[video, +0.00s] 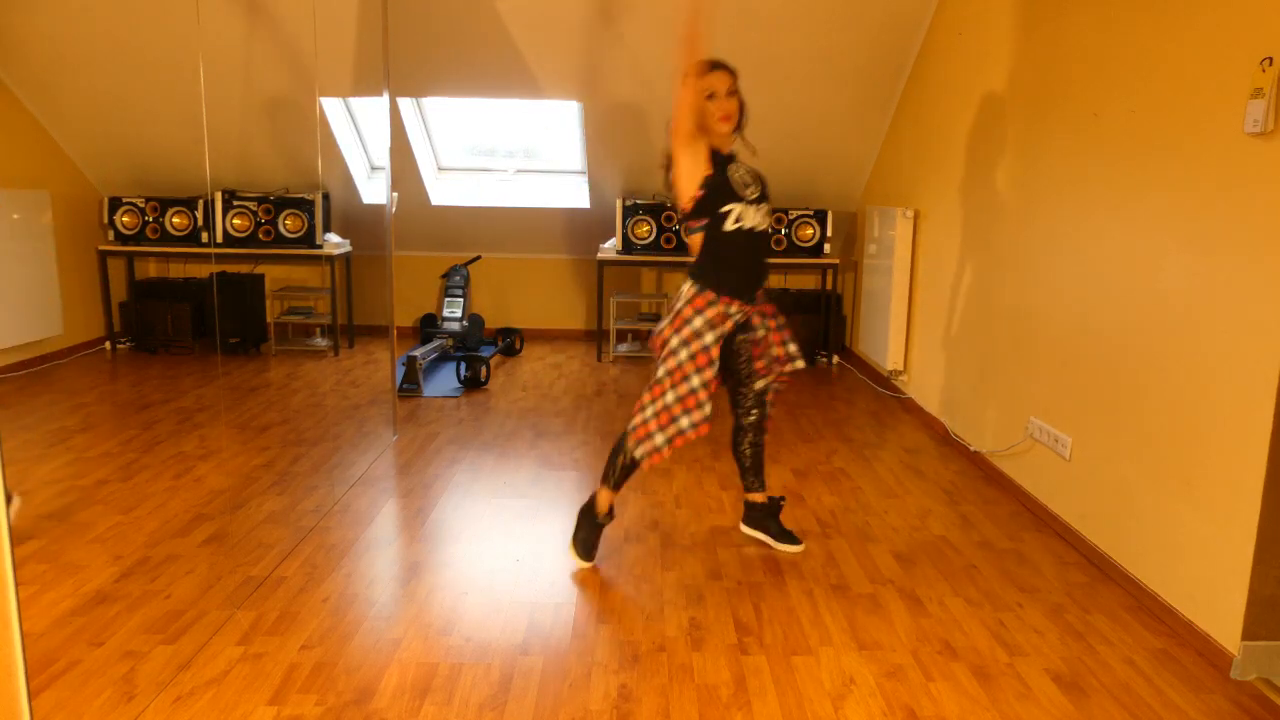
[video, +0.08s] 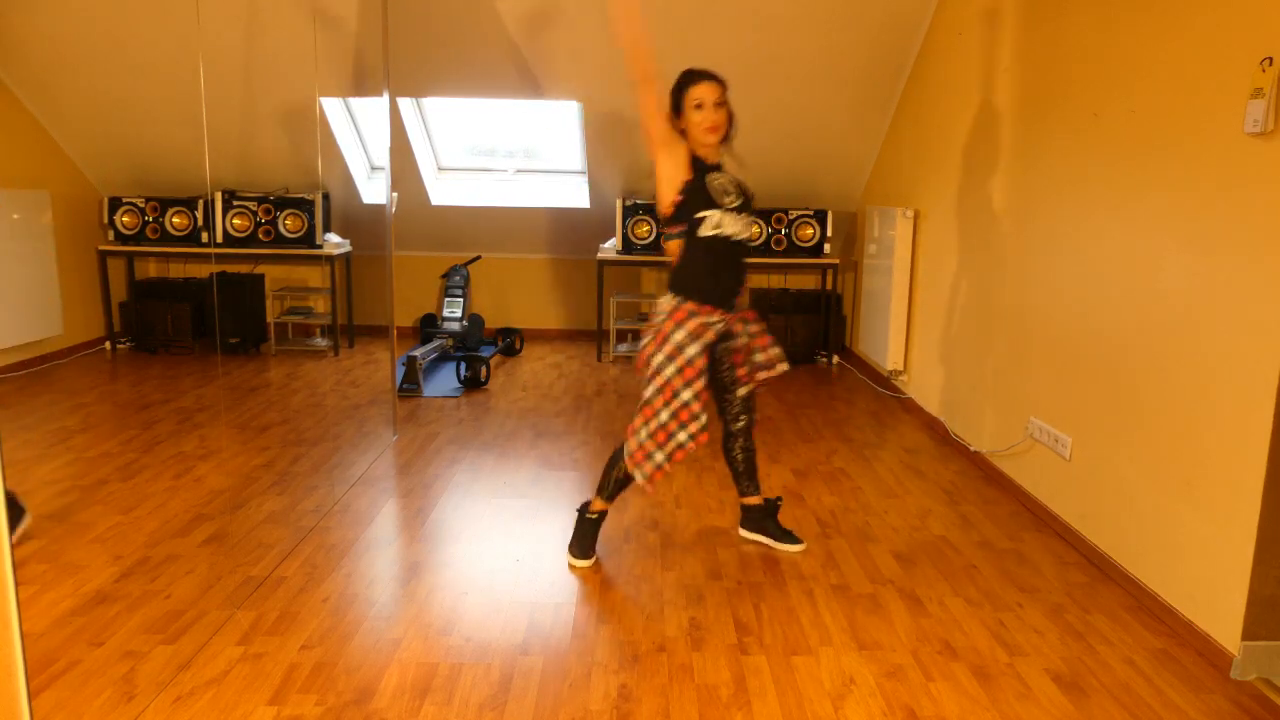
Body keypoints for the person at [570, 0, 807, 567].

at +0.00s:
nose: (725, 104)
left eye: (732, 95)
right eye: (713, 96)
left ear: (741, 105)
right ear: (693, 108)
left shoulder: (739, 163)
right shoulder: (690, 157)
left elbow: (705, 235)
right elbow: (689, 72)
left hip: (746, 309)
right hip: (706, 308)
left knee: (752, 405)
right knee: (665, 410)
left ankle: (758, 507)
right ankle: (599, 507)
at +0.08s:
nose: (713, 116)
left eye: (720, 105)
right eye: (700, 107)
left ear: (730, 114)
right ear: (677, 118)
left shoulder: (726, 176)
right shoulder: (674, 163)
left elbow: (710, 242)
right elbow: (643, 77)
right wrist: (624, 9)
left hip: (729, 317)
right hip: (687, 318)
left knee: (739, 420)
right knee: (658, 423)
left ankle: (755, 512)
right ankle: (593, 512)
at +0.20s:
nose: (689, 126)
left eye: (698, 116)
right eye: (677, 116)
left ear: (709, 127)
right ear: (658, 125)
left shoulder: (703, 189)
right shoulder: (641, 161)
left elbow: (688, 259)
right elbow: (582, 102)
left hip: (690, 326)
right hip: (638, 325)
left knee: (727, 417)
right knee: (627, 433)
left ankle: (750, 514)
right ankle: (586, 520)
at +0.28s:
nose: (674, 133)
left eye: (683, 124)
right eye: (663, 124)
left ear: (697, 133)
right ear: (645, 133)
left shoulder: (704, 204)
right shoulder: (624, 168)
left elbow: (693, 273)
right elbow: (564, 139)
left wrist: (678, 323)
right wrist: (499, 97)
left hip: (668, 331)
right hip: (610, 327)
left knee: (727, 420)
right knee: (606, 430)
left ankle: (721, 504)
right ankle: (585, 523)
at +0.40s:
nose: (657, 145)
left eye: (666, 134)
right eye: (644, 137)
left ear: (681, 141)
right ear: (632, 149)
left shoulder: (699, 215)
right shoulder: (614, 189)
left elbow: (690, 287)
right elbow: (557, 200)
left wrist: (683, 346)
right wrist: (507, 199)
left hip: (646, 339)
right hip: (589, 329)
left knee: (674, 435)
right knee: (592, 439)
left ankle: (638, 485)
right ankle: (583, 523)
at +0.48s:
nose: (648, 143)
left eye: (658, 132)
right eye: (636, 136)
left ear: (673, 141)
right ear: (623, 148)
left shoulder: (691, 212)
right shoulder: (606, 197)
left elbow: (684, 290)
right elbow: (547, 237)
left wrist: (678, 360)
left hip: (641, 340)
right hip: (583, 327)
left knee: (634, 446)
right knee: (583, 437)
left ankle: (608, 506)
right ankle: (583, 520)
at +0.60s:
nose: (639, 116)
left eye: (650, 109)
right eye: (629, 107)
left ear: (663, 124)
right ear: (614, 121)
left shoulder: (668, 183)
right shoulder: (598, 189)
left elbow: (653, 256)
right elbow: (571, 258)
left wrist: (629, 317)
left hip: (643, 317)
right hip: (588, 315)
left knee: (644, 425)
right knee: (581, 420)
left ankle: (625, 504)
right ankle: (585, 515)